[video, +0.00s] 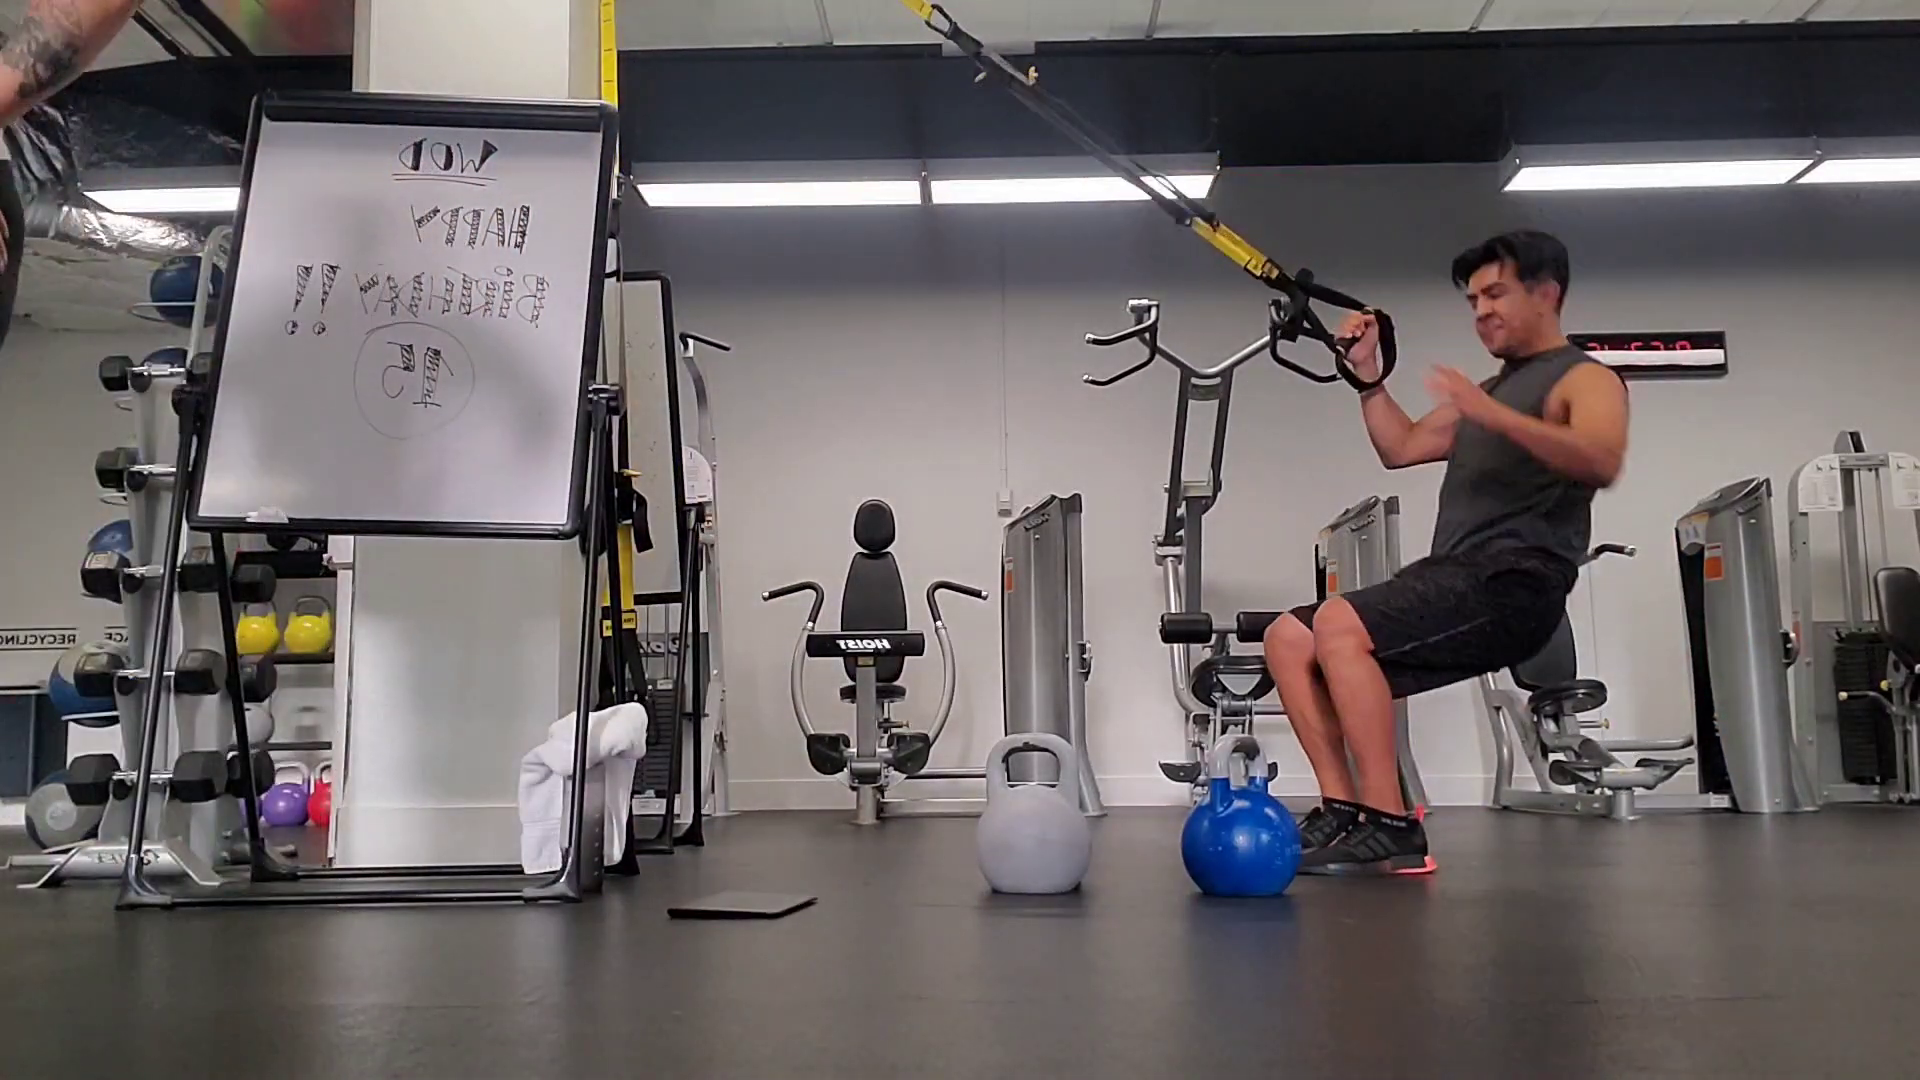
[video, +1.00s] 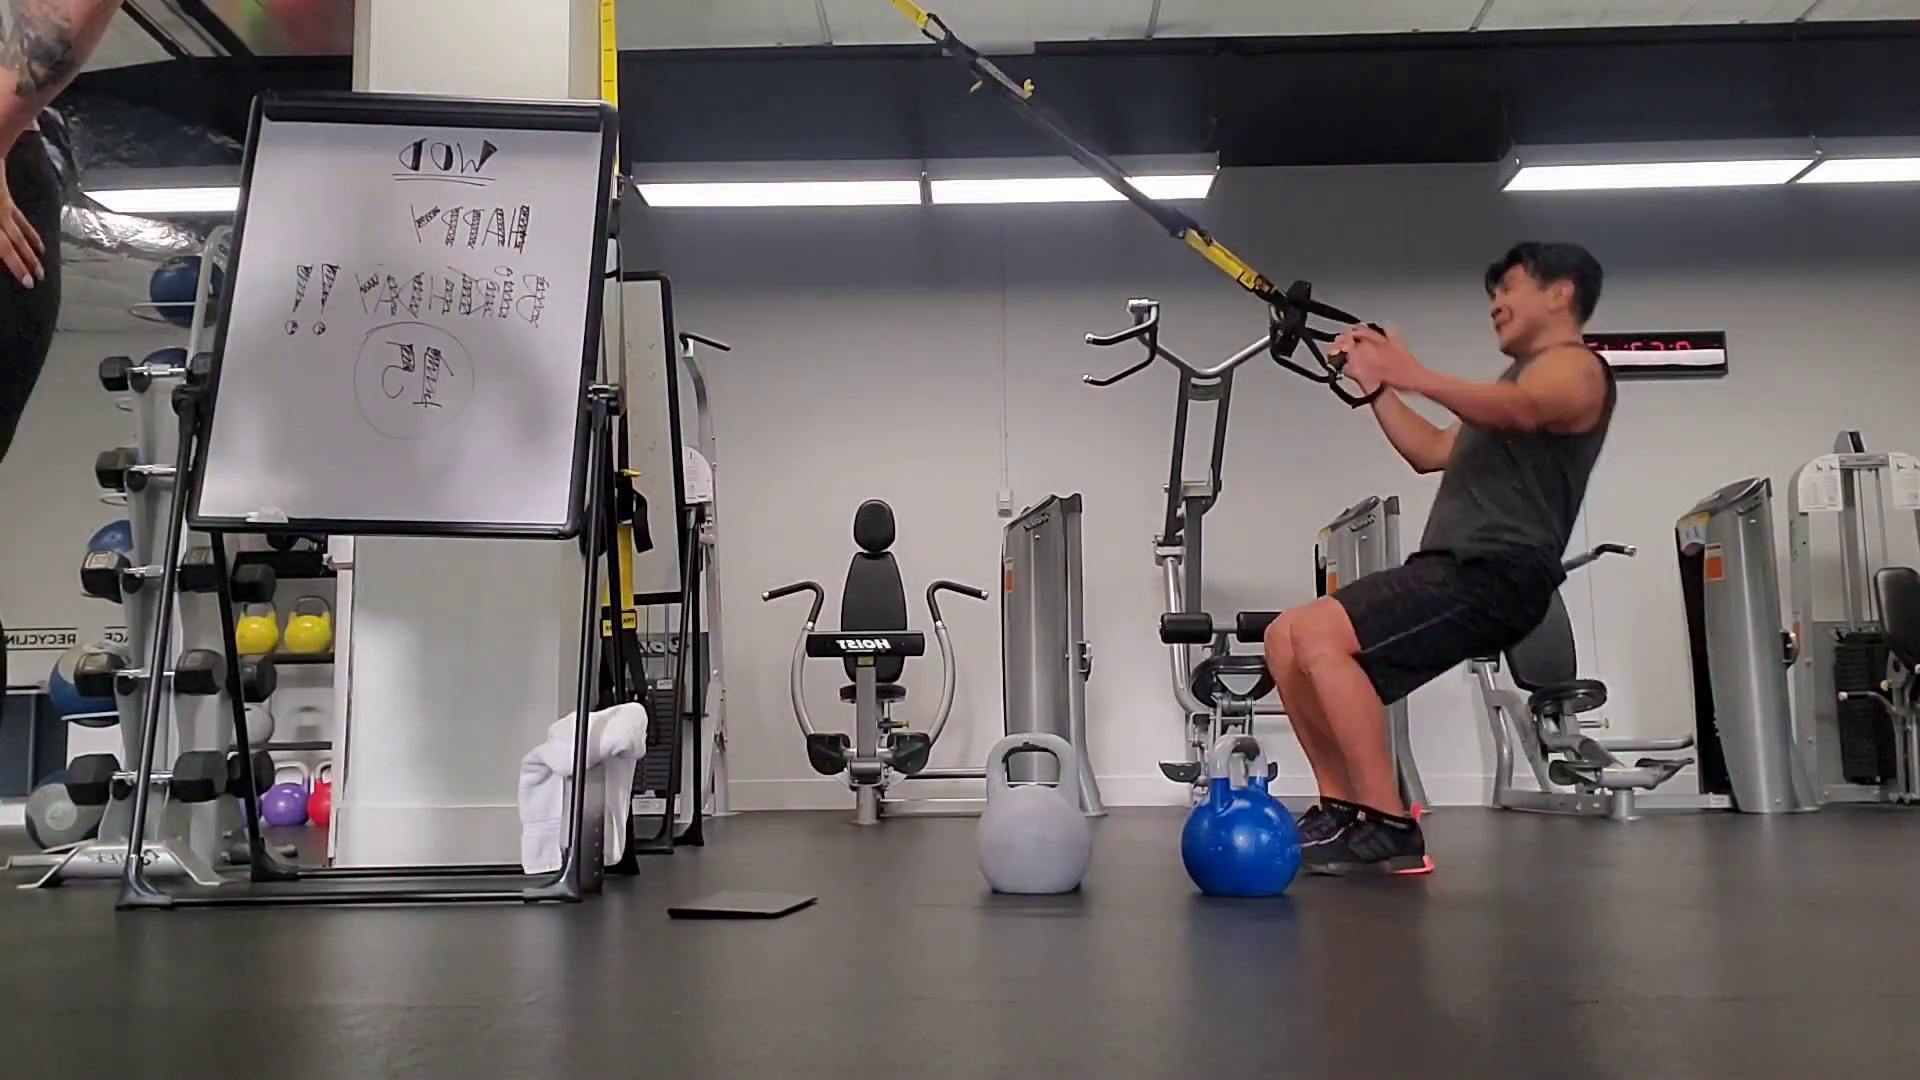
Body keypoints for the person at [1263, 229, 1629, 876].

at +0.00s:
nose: (1480, 310)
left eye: (1495, 293)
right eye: (1474, 300)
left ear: (1548, 293)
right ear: (1474, 312)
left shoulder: (1588, 379)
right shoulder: (1490, 393)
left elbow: (1601, 462)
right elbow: (1400, 448)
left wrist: (1486, 408)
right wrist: (1369, 374)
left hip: (1515, 578)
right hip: (1460, 575)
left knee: (1340, 625)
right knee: (1286, 638)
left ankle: (1389, 821)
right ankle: (1343, 809)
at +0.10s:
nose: (1519, 364)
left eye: (1535, 348)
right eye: (1512, 352)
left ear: (1587, 350)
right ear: (1505, 356)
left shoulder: (1628, 451)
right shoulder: (1507, 437)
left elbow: (1678, 566)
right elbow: (1406, 458)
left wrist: (1618, 564)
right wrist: (1365, 387)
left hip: (1536, 641)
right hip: (1471, 628)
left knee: (1362, 621)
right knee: (1297, 637)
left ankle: (1393, 822)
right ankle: (1342, 811)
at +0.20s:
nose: (1556, 415)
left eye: (1574, 400)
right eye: (1548, 402)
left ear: (1625, 405)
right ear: (1541, 408)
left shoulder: (1663, 515)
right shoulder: (1525, 477)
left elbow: (1713, 620)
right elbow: (1417, 468)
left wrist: (1734, 674)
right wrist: (1364, 396)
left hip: (1551, 699)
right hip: (1480, 683)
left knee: (1400, 623)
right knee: (1313, 638)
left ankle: (1398, 824)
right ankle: (1343, 813)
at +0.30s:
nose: (1588, 464)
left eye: (1607, 448)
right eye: (1580, 449)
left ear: (1657, 454)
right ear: (1571, 454)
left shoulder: (1689, 568)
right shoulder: (1542, 512)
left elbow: (1752, 686)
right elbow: (1425, 474)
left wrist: (1814, 744)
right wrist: (1359, 403)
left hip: (1561, 745)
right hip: (1483, 724)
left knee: (1442, 625)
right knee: (1334, 637)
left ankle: (1403, 827)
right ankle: (1345, 816)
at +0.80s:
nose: (1562, 429)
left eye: (1579, 413)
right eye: (1557, 419)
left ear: (1635, 425)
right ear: (1554, 430)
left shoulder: (1665, 536)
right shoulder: (1536, 498)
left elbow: (1698, 645)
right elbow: (1432, 479)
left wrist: (1713, 677)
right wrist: (1364, 406)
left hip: (1539, 704)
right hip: (1478, 690)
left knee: (1379, 625)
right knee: (1308, 638)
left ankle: (1394, 825)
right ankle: (1340, 812)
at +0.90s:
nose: (1532, 368)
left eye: (1549, 350)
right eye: (1529, 360)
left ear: (1604, 359)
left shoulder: (1628, 450)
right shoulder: (1529, 452)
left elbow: (1618, 540)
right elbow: (1430, 463)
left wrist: (1555, 523)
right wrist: (1370, 394)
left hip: (1523, 640)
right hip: (1472, 627)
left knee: (1339, 632)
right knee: (1290, 639)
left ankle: (1392, 824)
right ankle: (1339, 810)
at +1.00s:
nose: (1495, 303)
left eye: (1508, 286)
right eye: (1495, 292)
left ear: (1561, 293)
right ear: (1548, 299)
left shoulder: (1573, 365)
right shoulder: (1515, 388)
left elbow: (1522, 410)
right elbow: (1430, 451)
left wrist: (1412, 374)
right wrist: (1374, 385)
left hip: (1497, 575)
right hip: (1454, 568)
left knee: (1319, 636)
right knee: (1284, 640)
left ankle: (1390, 825)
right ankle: (1343, 809)